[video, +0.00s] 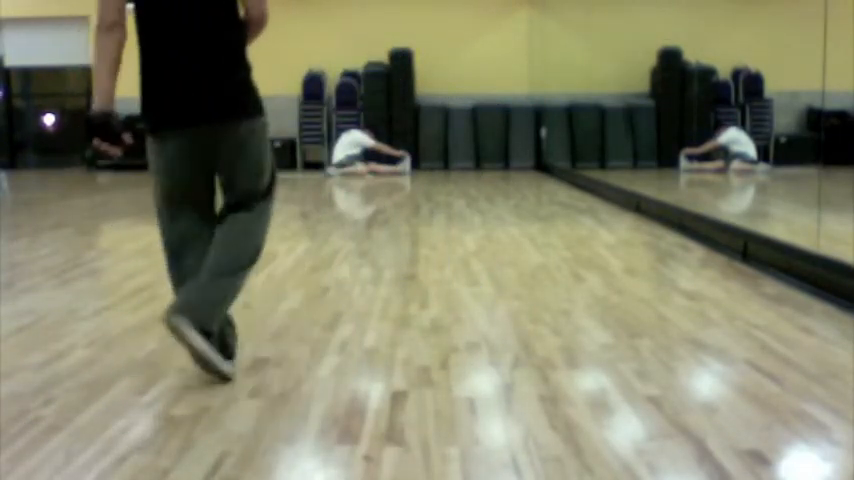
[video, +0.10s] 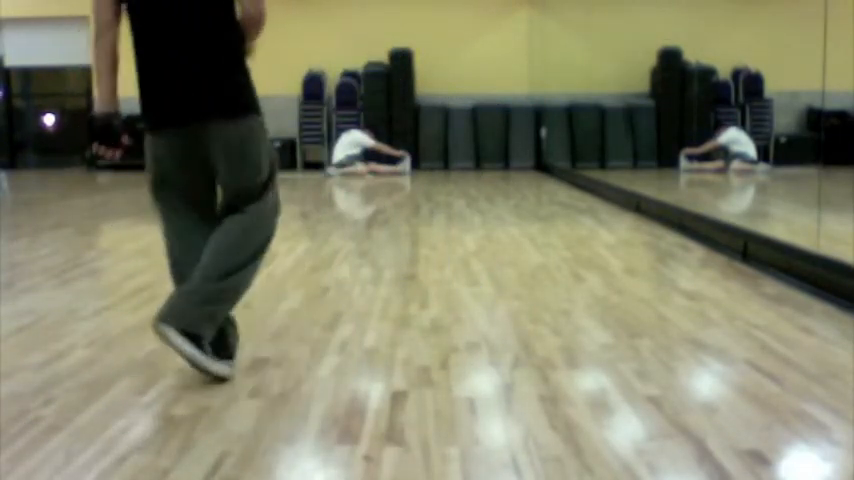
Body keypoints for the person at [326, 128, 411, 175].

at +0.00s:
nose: (369, 141)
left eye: (370, 139)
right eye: (369, 139)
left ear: (363, 132)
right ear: (366, 135)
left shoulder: (348, 135)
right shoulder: (357, 134)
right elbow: (378, 147)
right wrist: (397, 153)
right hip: (345, 164)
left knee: (371, 166)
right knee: (369, 167)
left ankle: (397, 169)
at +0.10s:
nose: (369, 141)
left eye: (370, 139)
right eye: (369, 139)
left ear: (363, 132)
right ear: (366, 134)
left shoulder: (348, 135)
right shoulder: (357, 135)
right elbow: (378, 147)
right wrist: (397, 153)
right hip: (345, 164)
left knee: (371, 166)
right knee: (370, 167)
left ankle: (397, 169)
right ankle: (398, 169)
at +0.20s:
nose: (369, 141)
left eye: (370, 139)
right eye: (369, 139)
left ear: (363, 132)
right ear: (366, 134)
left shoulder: (348, 135)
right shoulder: (357, 135)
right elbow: (378, 147)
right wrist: (397, 153)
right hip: (345, 164)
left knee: (371, 166)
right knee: (370, 167)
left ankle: (397, 169)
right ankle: (398, 169)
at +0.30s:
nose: (369, 141)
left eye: (370, 139)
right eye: (369, 139)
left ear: (363, 132)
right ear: (366, 135)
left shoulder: (348, 135)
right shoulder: (357, 135)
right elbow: (378, 147)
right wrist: (397, 153)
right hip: (345, 164)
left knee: (371, 166)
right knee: (370, 167)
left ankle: (397, 169)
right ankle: (398, 169)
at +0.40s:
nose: (369, 141)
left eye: (370, 139)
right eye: (369, 139)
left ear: (363, 132)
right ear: (366, 135)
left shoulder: (347, 135)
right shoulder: (357, 135)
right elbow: (378, 147)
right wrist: (397, 153)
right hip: (345, 164)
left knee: (371, 166)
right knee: (369, 167)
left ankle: (397, 169)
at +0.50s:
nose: (369, 141)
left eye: (370, 139)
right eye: (369, 139)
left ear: (363, 132)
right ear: (366, 135)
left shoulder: (347, 135)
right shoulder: (357, 135)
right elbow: (378, 147)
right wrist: (397, 153)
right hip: (345, 164)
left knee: (371, 166)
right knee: (369, 167)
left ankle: (397, 169)